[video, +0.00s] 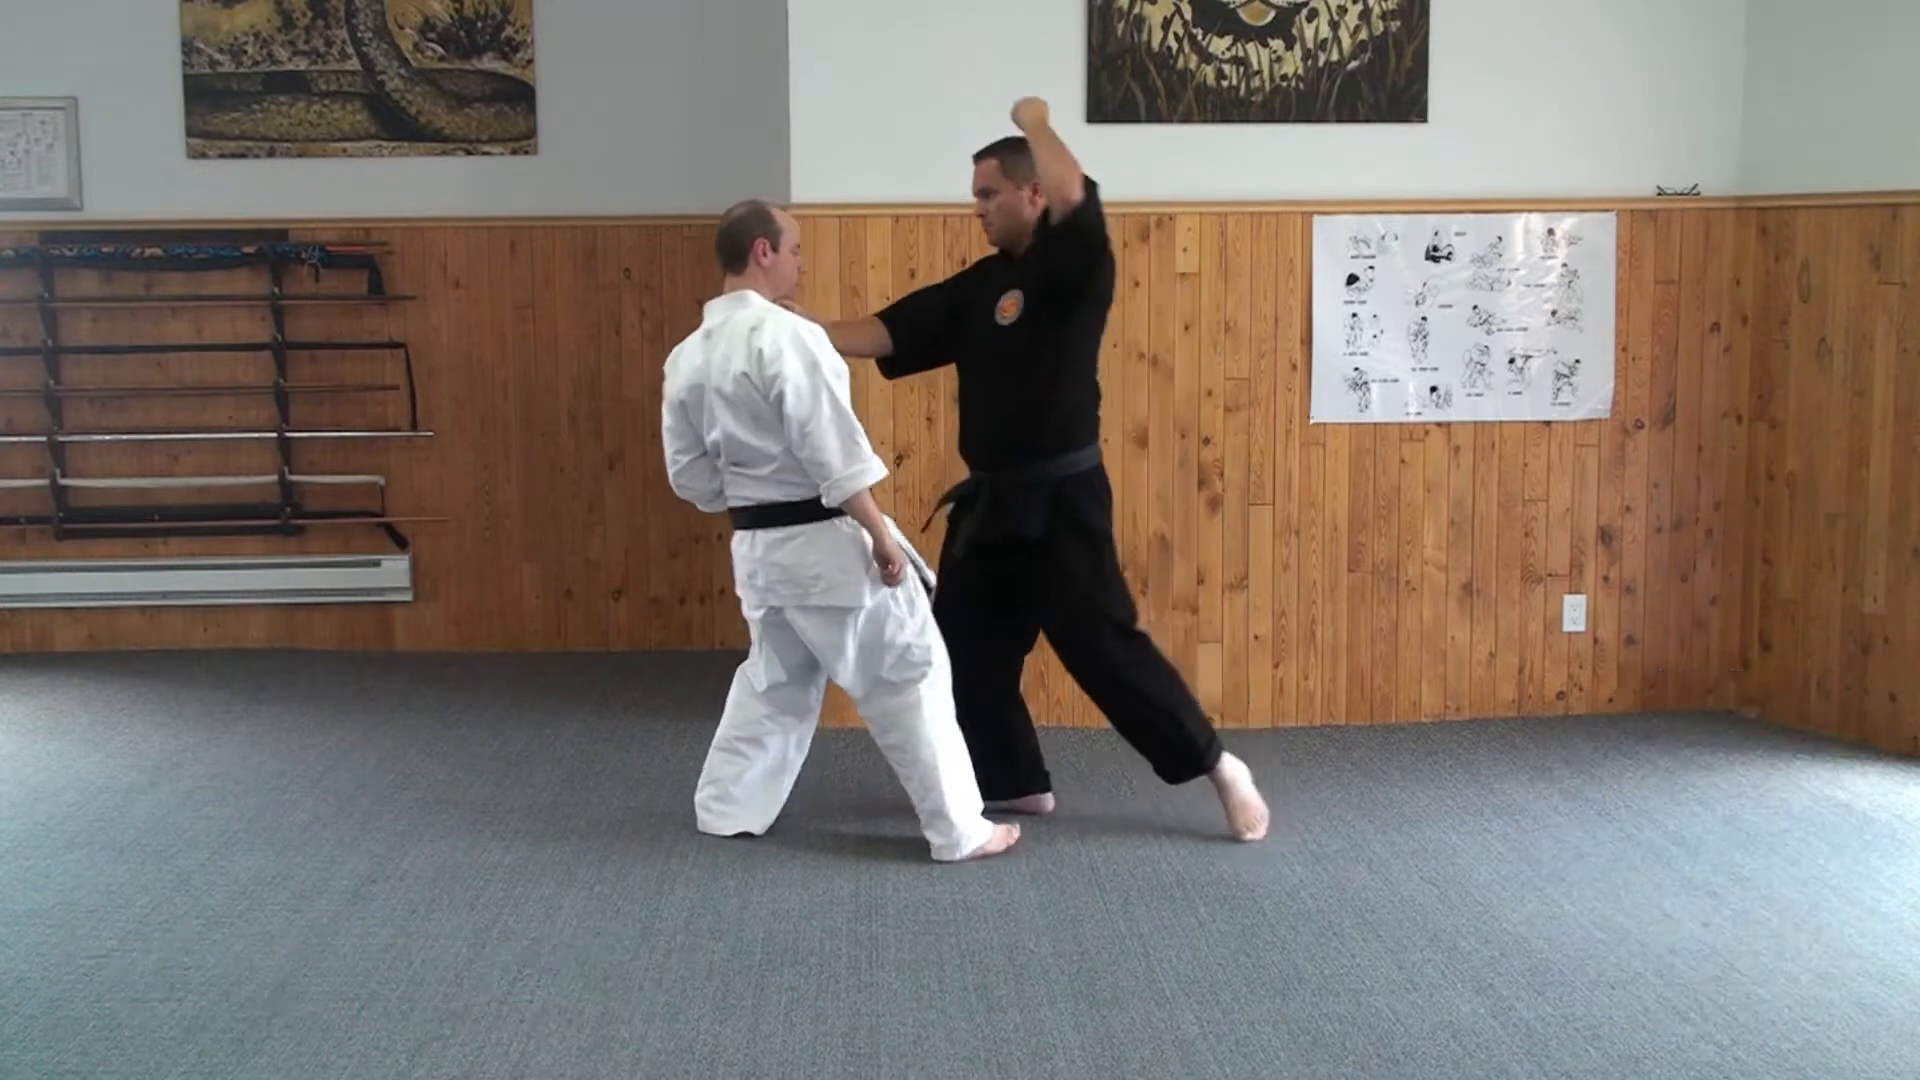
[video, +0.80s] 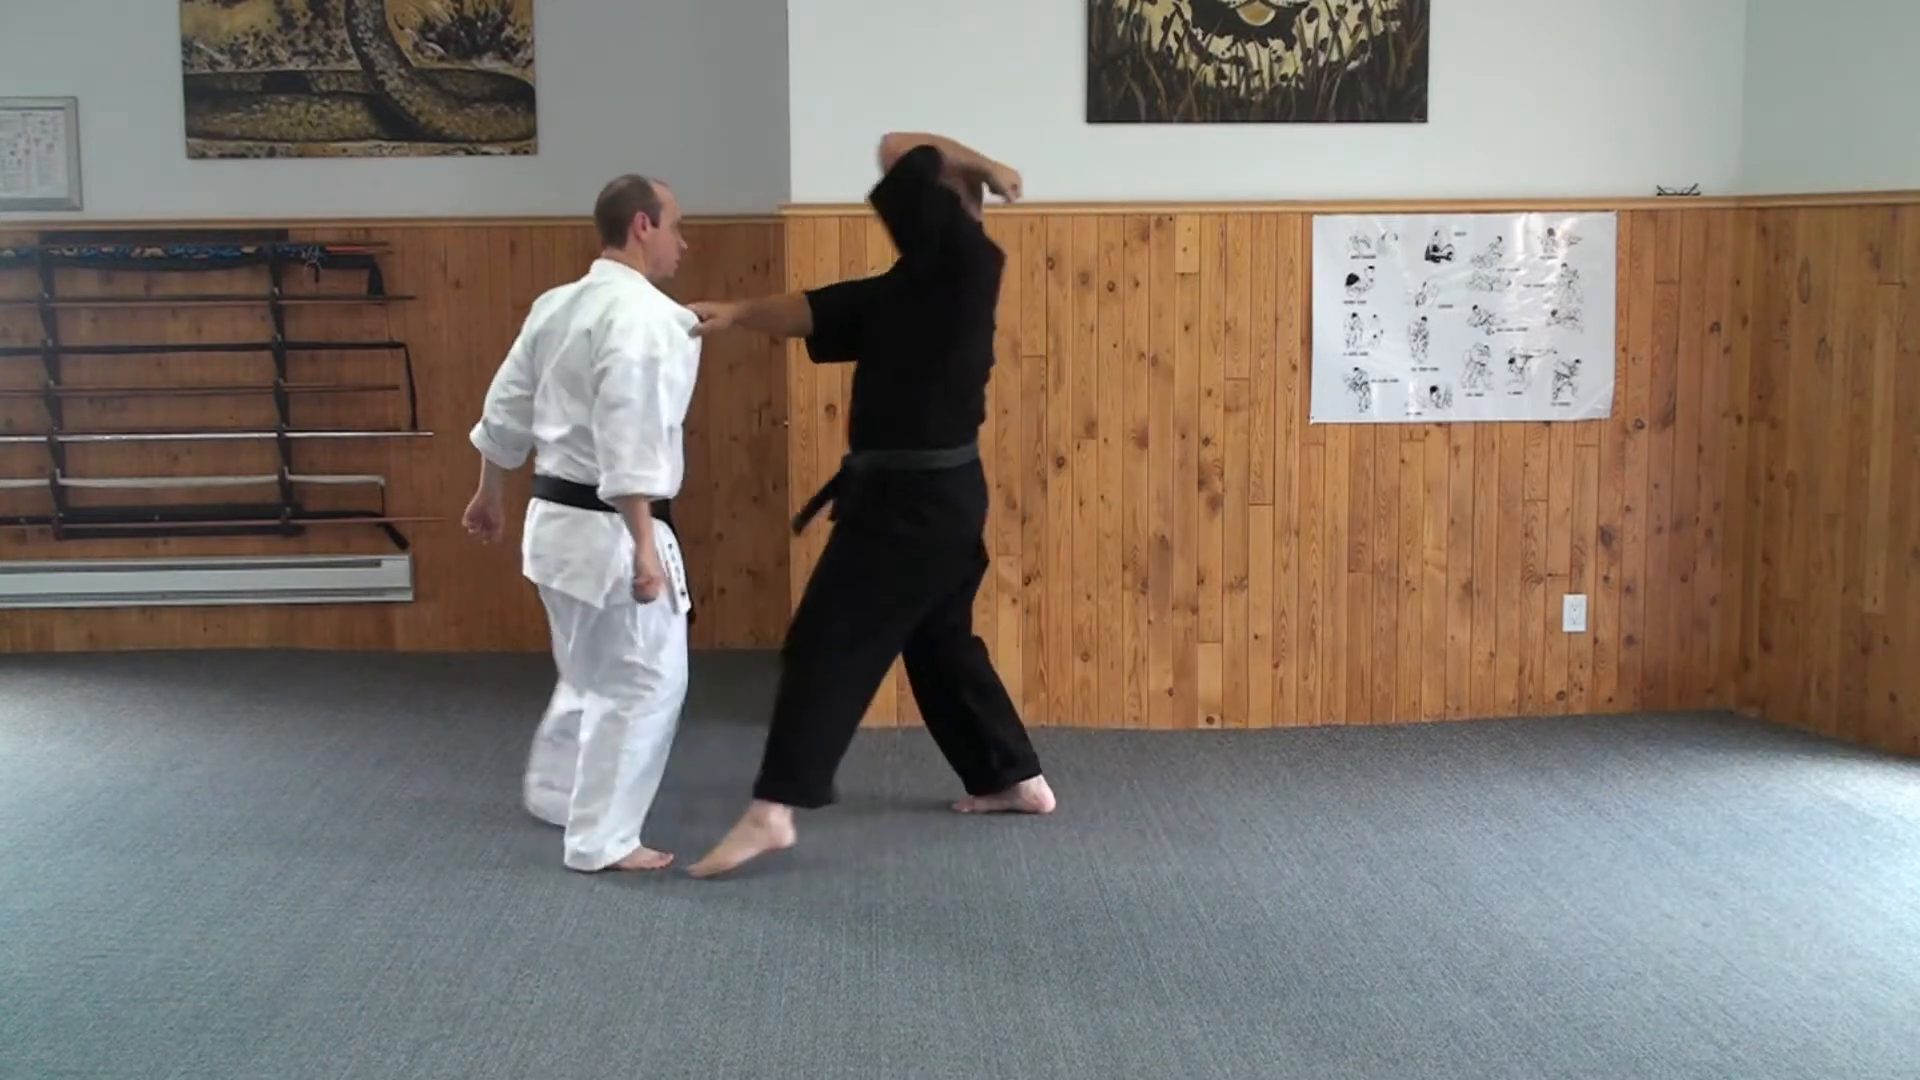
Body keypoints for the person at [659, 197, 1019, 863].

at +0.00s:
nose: (802, 265)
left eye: (800, 251)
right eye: (795, 251)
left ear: (743, 258)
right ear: (762, 254)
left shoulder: (686, 358)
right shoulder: (791, 337)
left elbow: (690, 476)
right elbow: (832, 450)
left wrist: (754, 506)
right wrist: (879, 532)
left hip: (756, 548)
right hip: (831, 542)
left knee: (775, 676)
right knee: (908, 677)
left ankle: (723, 810)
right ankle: (958, 828)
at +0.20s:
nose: (760, 263)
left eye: (758, 250)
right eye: (754, 250)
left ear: (699, 254)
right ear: (725, 250)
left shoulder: (640, 349)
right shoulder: (746, 332)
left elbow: (630, 466)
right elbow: (798, 440)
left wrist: (693, 496)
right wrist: (860, 518)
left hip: (691, 551)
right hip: (769, 549)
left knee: (735, 682)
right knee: (843, 679)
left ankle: (726, 812)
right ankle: (914, 823)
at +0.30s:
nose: (743, 259)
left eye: (741, 244)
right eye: (736, 244)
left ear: (684, 246)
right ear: (705, 244)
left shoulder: (622, 336)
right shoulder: (718, 328)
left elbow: (601, 461)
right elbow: (768, 444)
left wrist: (664, 492)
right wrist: (827, 526)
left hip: (663, 550)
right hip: (734, 549)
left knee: (721, 675)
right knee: (829, 651)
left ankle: (724, 807)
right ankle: (815, 810)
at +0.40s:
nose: (722, 251)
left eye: (721, 236)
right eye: (717, 235)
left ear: (658, 239)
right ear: (685, 236)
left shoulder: (602, 326)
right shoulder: (704, 323)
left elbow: (574, 438)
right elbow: (737, 442)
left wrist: (600, 501)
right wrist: (788, 524)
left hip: (639, 536)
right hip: (714, 536)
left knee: (688, 671)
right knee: (770, 666)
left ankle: (720, 805)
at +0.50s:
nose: (714, 248)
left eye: (712, 232)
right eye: (707, 232)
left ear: (653, 235)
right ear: (674, 233)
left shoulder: (588, 320)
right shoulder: (688, 321)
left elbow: (547, 423)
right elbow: (710, 446)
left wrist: (533, 506)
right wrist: (755, 531)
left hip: (612, 535)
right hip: (679, 538)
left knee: (692, 674)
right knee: (681, 683)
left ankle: (715, 807)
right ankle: (601, 820)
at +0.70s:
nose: (694, 243)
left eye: (694, 227)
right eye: (689, 227)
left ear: (626, 231)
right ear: (655, 229)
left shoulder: (565, 303)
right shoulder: (658, 317)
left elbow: (513, 403)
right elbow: (652, 446)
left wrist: (485, 487)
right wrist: (683, 543)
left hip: (563, 525)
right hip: (626, 531)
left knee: (632, 670)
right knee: (643, 685)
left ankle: (662, 804)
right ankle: (600, 839)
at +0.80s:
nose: (680, 241)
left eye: (678, 227)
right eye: (674, 227)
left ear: (617, 232)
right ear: (641, 230)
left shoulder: (556, 304)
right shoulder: (645, 318)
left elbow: (506, 407)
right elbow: (629, 439)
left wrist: (488, 489)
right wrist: (645, 546)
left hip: (553, 525)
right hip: (615, 533)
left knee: (584, 668)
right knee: (646, 684)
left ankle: (554, 791)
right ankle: (601, 839)